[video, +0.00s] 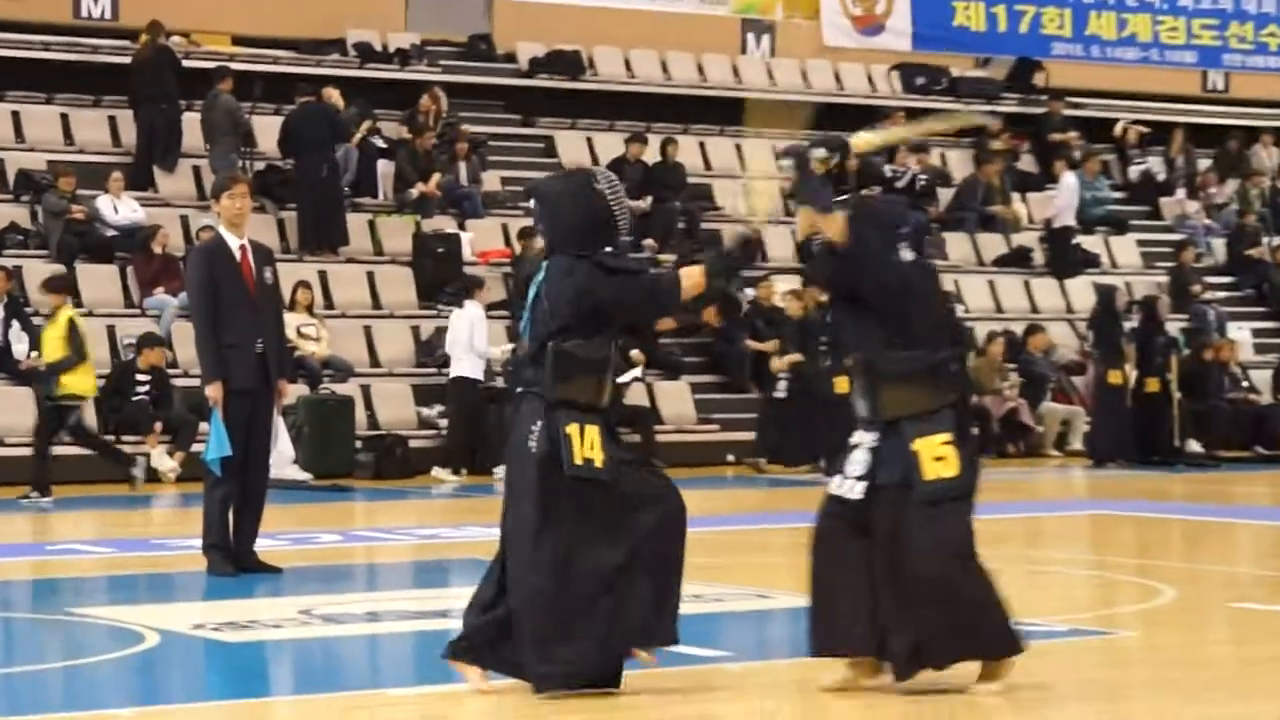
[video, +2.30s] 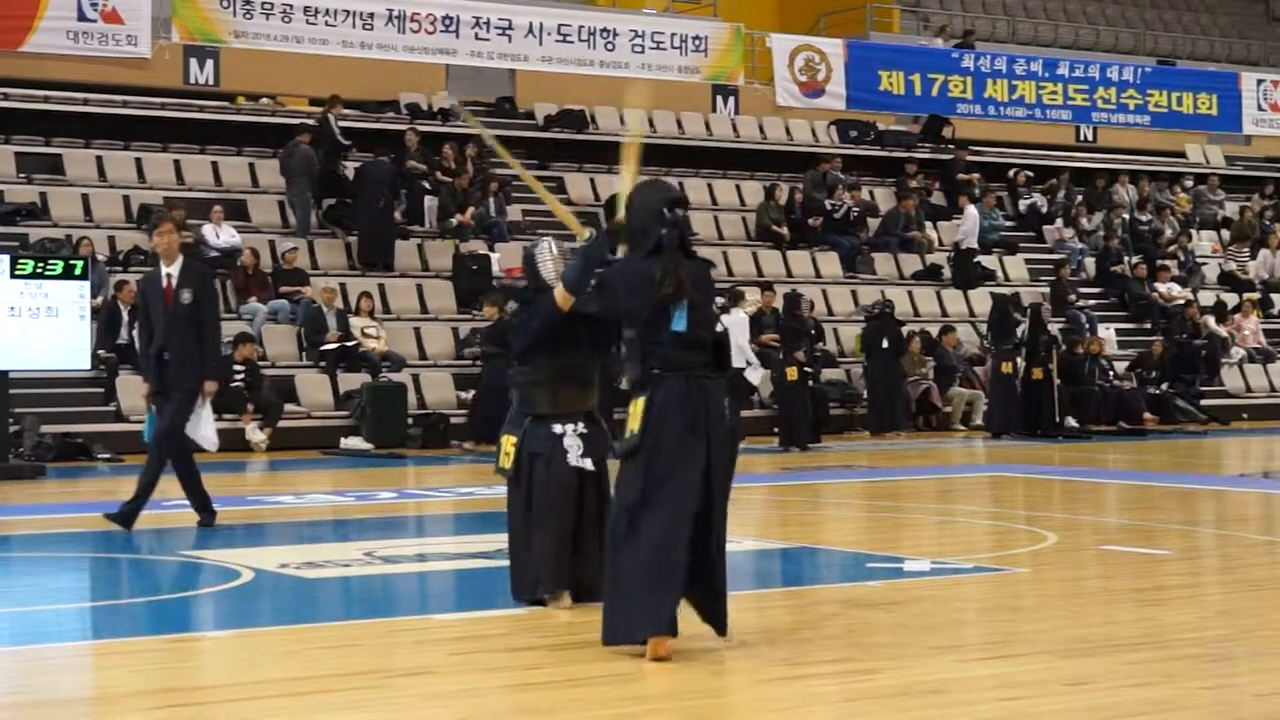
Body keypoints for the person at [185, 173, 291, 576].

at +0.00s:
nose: (239, 204)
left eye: (244, 197)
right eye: (231, 198)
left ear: (252, 203)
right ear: (216, 205)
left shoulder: (263, 254)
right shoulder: (203, 254)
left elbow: (275, 317)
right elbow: (202, 320)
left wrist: (282, 372)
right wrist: (211, 376)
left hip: (264, 372)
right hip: (228, 373)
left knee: (256, 466)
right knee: (225, 466)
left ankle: (245, 549)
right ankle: (217, 551)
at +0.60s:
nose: (286, 219)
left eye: (290, 213)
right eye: (278, 213)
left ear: (297, 218)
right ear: (266, 219)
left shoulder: (307, 261)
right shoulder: (255, 261)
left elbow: (317, 316)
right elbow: (254, 318)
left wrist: (322, 363)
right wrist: (261, 366)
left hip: (307, 362)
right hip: (275, 364)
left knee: (300, 444)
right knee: (272, 444)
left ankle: (290, 515)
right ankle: (266, 517)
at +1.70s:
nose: (242, 236)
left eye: (247, 230)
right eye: (236, 231)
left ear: (254, 234)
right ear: (227, 236)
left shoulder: (271, 272)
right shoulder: (216, 274)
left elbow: (280, 326)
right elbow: (209, 326)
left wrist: (283, 372)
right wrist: (210, 370)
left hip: (263, 369)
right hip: (228, 370)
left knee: (282, 440)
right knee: (219, 441)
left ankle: (309, 507)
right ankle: (209, 509)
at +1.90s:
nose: (212, 233)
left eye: (216, 228)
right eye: (207, 228)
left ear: (226, 232)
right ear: (198, 235)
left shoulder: (245, 269)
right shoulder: (187, 274)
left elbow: (255, 323)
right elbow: (181, 324)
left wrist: (258, 368)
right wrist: (183, 369)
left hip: (237, 367)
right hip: (200, 369)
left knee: (249, 440)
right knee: (199, 443)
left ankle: (261, 506)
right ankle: (206, 509)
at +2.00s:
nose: (201, 233)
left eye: (205, 227)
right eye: (195, 228)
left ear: (214, 231)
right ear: (186, 234)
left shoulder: (233, 267)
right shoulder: (178, 272)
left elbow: (244, 320)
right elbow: (172, 324)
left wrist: (246, 365)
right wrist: (174, 368)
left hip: (226, 364)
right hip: (191, 366)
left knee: (224, 435)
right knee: (194, 439)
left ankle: (227, 506)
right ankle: (204, 507)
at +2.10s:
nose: (188, 233)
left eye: (192, 227)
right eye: (183, 228)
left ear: (204, 230)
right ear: (176, 234)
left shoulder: (224, 267)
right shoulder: (170, 271)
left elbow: (234, 319)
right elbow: (165, 324)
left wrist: (235, 366)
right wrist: (167, 370)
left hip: (215, 363)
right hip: (182, 364)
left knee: (201, 431)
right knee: (187, 435)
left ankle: (192, 502)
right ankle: (204, 506)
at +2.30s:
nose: (165, 240)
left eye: (169, 233)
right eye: (159, 235)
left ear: (180, 237)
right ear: (152, 241)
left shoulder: (200, 274)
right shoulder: (147, 281)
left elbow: (211, 327)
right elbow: (144, 332)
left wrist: (211, 374)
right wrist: (147, 377)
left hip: (192, 371)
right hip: (160, 372)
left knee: (163, 435)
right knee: (174, 442)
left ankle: (132, 509)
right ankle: (205, 509)